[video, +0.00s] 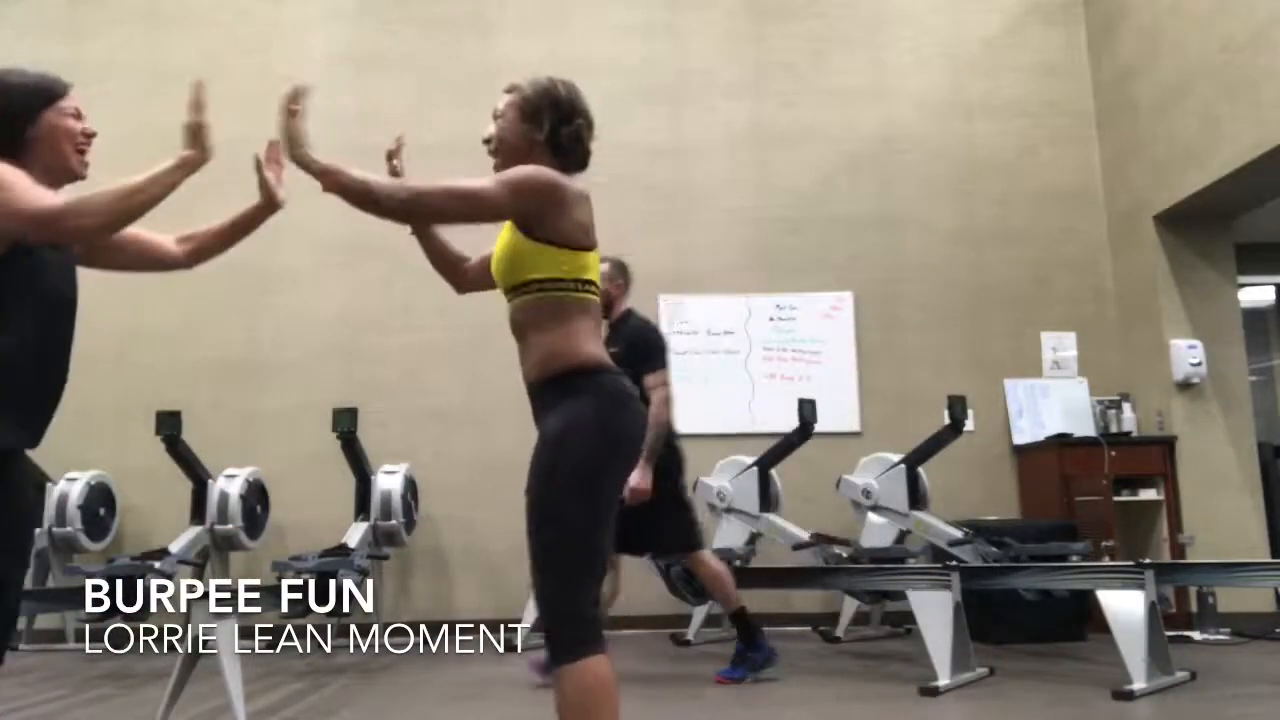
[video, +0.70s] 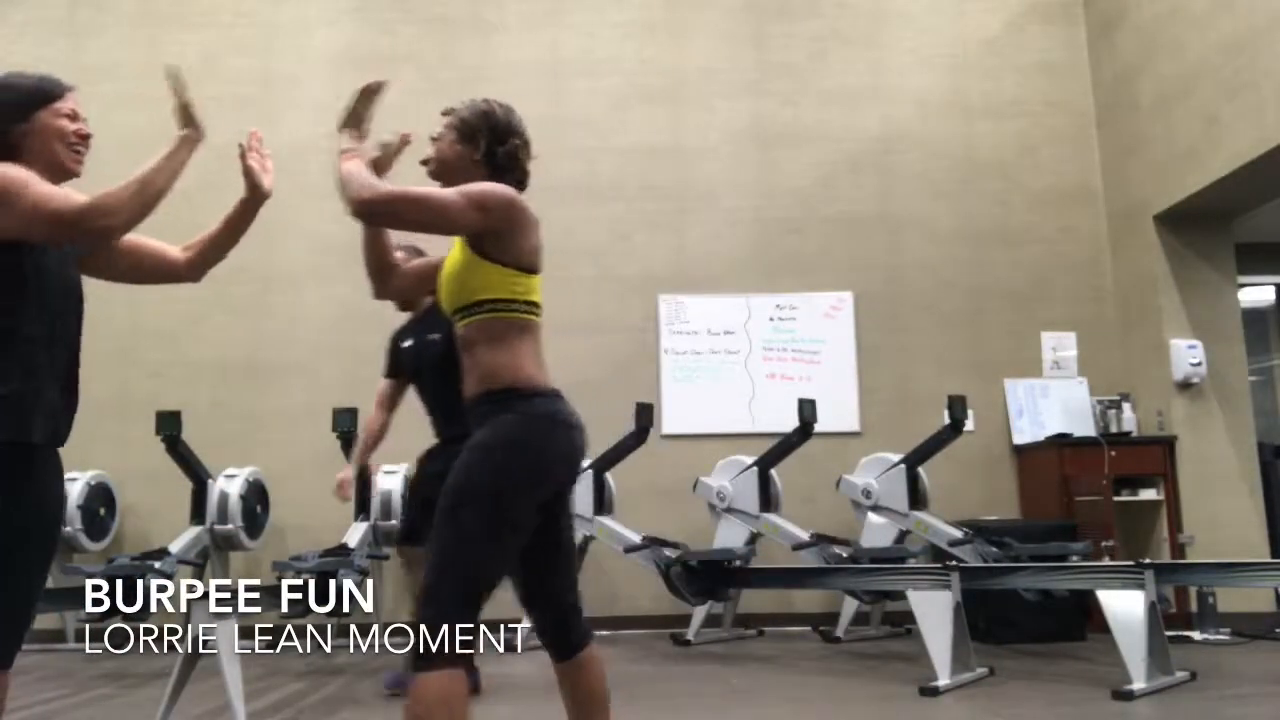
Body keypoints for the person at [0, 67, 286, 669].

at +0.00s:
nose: (88, 130)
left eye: (84, 117)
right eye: (73, 116)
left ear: (41, 130)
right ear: (27, 125)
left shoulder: (56, 222)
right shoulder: (7, 185)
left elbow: (176, 250)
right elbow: (61, 220)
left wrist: (264, 208)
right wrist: (189, 160)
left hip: (16, 453)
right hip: (4, 451)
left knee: (9, 628)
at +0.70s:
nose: (84, 130)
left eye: (82, 120)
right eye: (68, 116)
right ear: (19, 125)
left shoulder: (61, 223)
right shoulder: (4, 184)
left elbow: (185, 263)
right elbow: (95, 219)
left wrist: (253, 199)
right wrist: (186, 143)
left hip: (34, 456)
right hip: (3, 452)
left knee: (5, 647)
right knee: (2, 646)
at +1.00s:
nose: (106, 162)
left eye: (108, 149)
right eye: (95, 145)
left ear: (78, 149)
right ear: (47, 142)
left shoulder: (74, 213)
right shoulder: (11, 192)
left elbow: (189, 198)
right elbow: (101, 133)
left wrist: (264, 137)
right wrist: (181, 47)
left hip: (24, 450)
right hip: (2, 449)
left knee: (7, 609)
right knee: (5, 610)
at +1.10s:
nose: (108, 173)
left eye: (115, 158)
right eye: (102, 153)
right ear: (56, 144)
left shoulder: (60, 219)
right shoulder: (9, 209)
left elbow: (171, 211)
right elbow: (56, 141)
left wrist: (249, 170)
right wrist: (146, 47)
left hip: (21, 457)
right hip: (1, 456)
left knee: (5, 611)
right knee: (4, 612)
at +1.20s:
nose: (104, 218)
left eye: (112, 207)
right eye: (102, 202)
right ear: (62, 176)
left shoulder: (61, 237)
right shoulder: (14, 228)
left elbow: (150, 255)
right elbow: (13, 179)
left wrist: (232, 246)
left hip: (18, 469)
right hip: (3, 468)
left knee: (3, 621)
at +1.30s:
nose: (134, 265)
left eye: (145, 254)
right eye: (137, 246)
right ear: (109, 218)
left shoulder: (78, 268)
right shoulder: (18, 235)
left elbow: (136, 338)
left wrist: (203, 360)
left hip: (2, 462)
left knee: (3, 616)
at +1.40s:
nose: (156, 354)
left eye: (168, 345)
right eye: (164, 339)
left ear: (137, 298)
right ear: (144, 314)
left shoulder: (107, 339)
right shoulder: (38, 323)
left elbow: (114, 436)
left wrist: (140, 517)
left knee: (12, 619)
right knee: (10, 620)